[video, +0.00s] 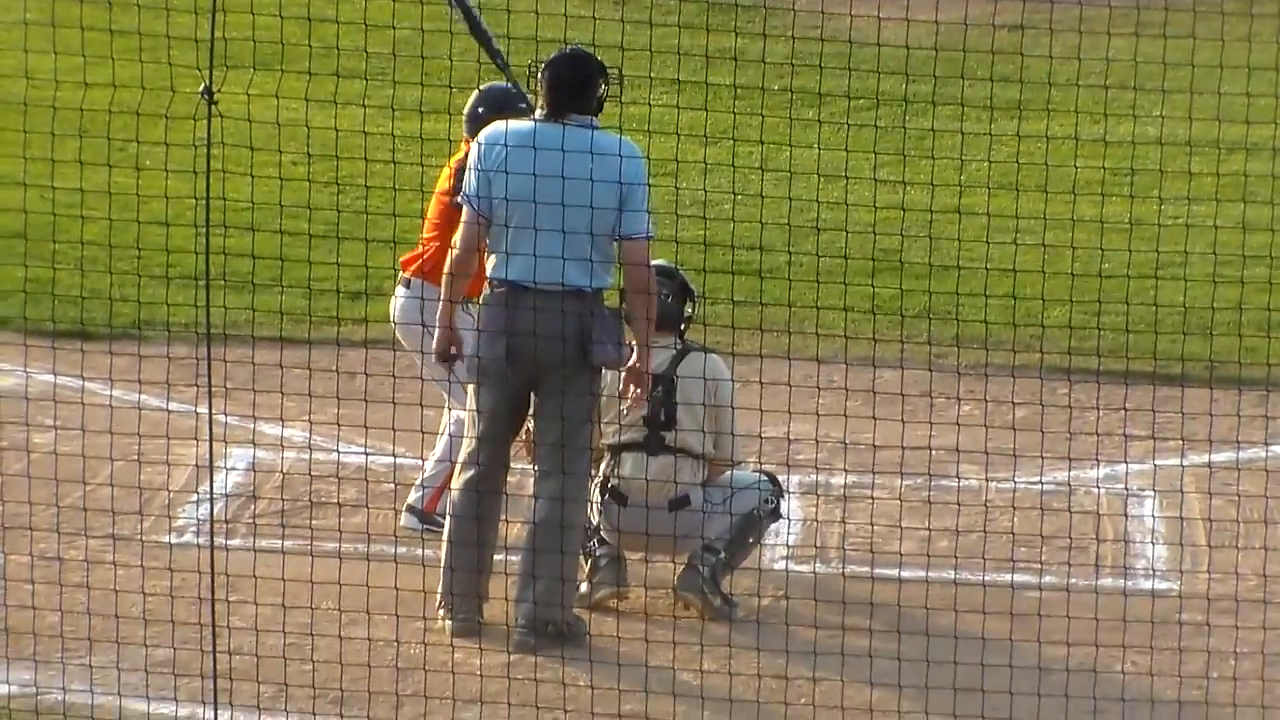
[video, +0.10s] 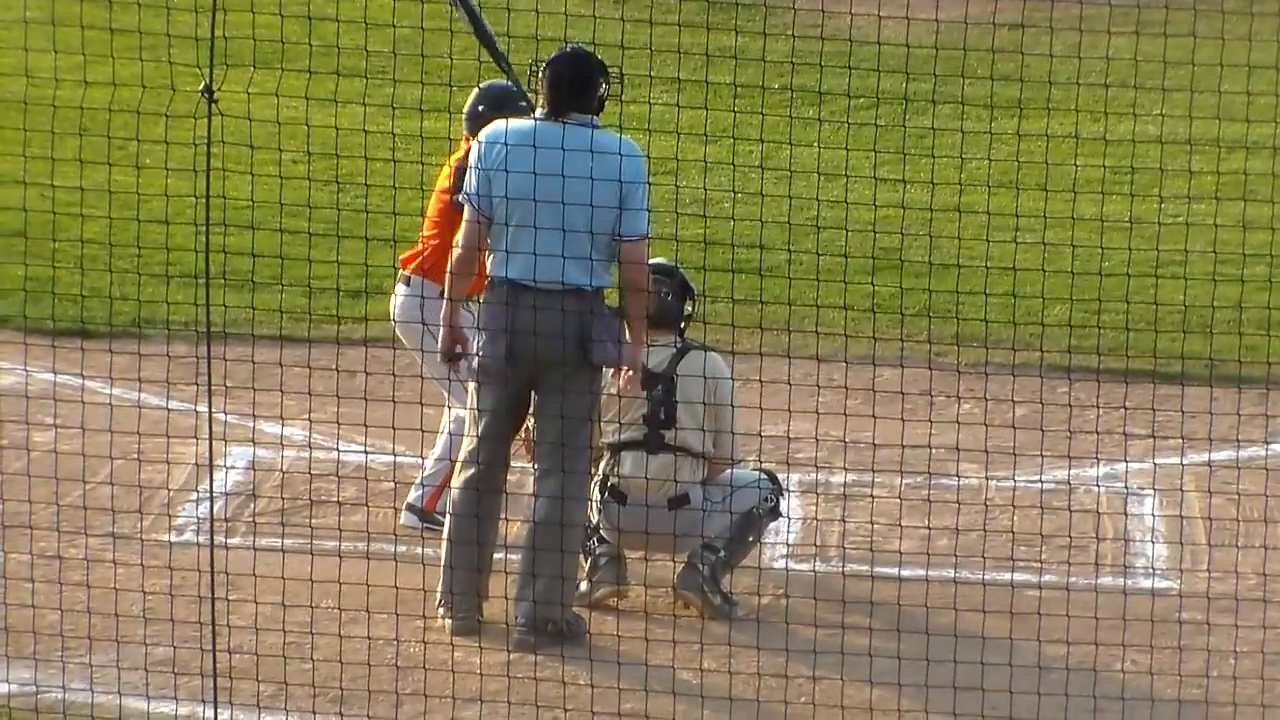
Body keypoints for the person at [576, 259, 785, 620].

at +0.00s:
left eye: (635, 300)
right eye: (684, 303)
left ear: (628, 309)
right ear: (681, 314)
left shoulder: (606, 364)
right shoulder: (709, 366)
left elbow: (587, 451)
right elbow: (720, 464)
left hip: (616, 518)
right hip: (683, 520)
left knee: (581, 474)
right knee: (766, 489)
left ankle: (604, 564)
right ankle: (704, 571)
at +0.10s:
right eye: (683, 302)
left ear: (629, 308)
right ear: (680, 313)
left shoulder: (607, 362)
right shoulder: (709, 364)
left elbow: (591, 447)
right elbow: (720, 461)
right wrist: (678, 476)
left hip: (617, 517)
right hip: (682, 519)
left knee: (599, 473)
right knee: (766, 488)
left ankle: (604, 564)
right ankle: (704, 570)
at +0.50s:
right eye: (684, 300)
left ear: (631, 305)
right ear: (681, 310)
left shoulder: (607, 359)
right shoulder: (708, 363)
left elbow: (589, 444)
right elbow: (723, 456)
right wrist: (687, 479)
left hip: (616, 515)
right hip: (682, 517)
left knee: (590, 474)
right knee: (764, 486)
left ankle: (603, 561)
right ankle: (703, 567)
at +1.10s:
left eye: (634, 291)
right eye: (686, 296)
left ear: (630, 302)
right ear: (682, 307)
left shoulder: (606, 357)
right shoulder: (708, 360)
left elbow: (587, 439)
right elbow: (721, 455)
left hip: (617, 512)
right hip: (682, 513)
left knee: (592, 468)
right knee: (765, 481)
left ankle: (604, 557)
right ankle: (703, 563)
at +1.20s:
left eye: (633, 291)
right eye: (682, 296)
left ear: (629, 302)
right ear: (680, 307)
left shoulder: (606, 357)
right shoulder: (707, 361)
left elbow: (595, 440)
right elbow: (722, 454)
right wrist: (685, 476)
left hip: (618, 512)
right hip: (682, 514)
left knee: (597, 467)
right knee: (763, 481)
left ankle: (603, 557)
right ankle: (703, 564)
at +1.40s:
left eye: (623, 295)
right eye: (672, 298)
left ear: (617, 304)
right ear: (669, 306)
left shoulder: (601, 357)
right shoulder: (700, 359)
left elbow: (583, 440)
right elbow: (726, 445)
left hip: (617, 511)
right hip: (682, 512)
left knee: (590, 462)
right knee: (754, 477)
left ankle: (603, 554)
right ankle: (702, 564)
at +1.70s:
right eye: (659, 298)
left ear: (605, 309)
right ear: (658, 308)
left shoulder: (592, 358)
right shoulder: (686, 357)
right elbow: (746, 413)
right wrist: (702, 424)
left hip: (601, 511)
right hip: (663, 511)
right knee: (749, 444)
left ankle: (608, 555)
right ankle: (718, 551)